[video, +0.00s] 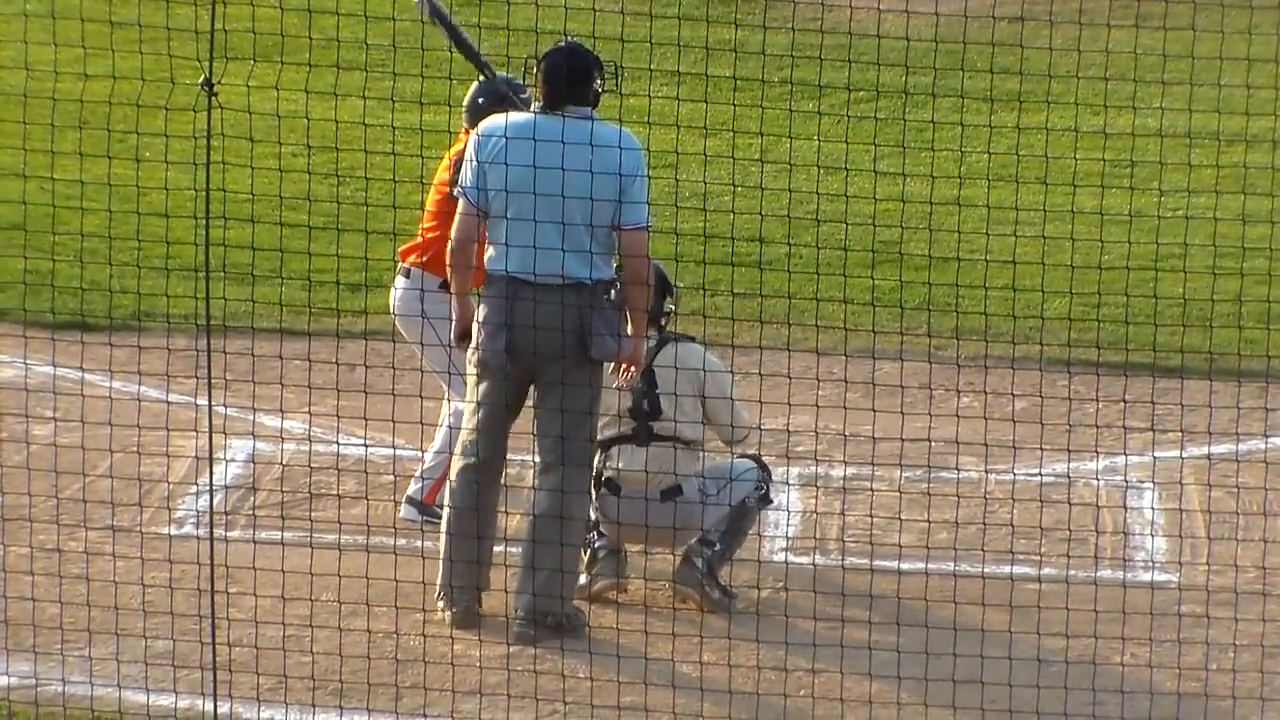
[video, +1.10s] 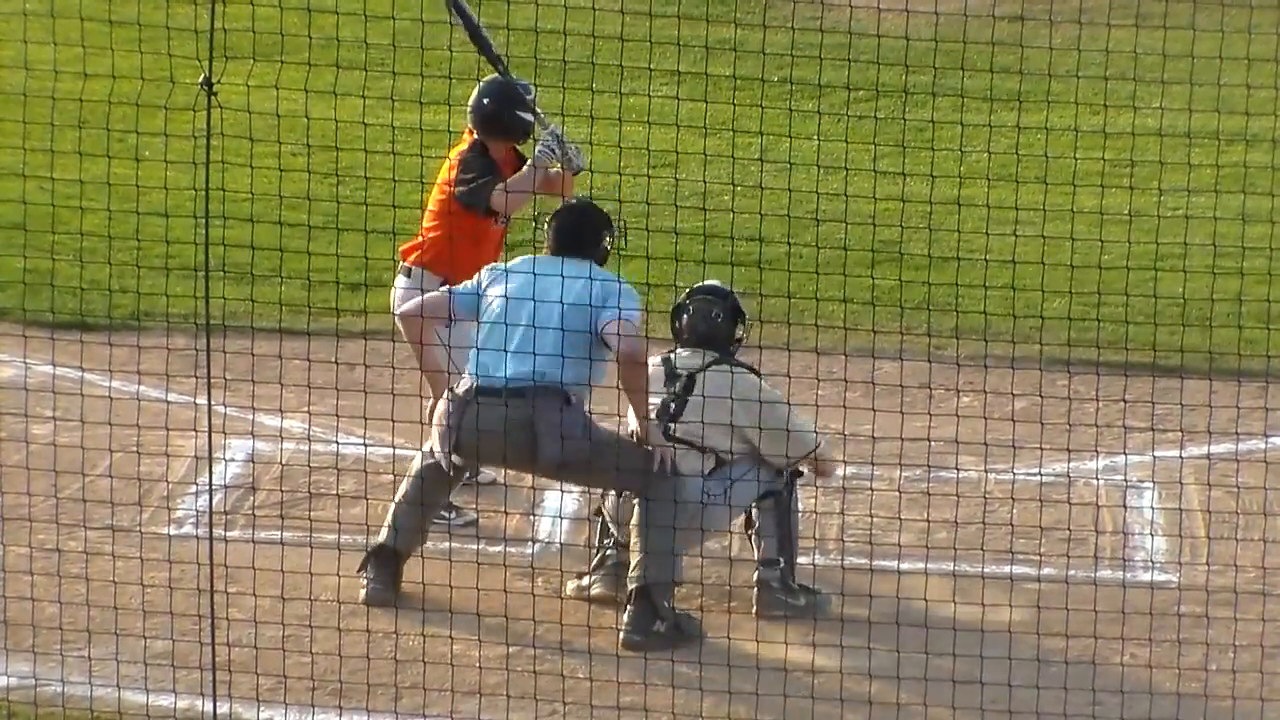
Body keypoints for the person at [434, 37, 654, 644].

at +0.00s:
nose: (594, 96)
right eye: (598, 88)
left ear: (539, 87)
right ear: (595, 91)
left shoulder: (493, 135)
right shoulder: (623, 147)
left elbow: (462, 240)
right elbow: (634, 252)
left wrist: (462, 307)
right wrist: (637, 331)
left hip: (506, 309)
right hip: (581, 315)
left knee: (479, 447)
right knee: (565, 460)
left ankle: (459, 594)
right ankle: (544, 606)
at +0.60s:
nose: (579, 147)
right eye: (576, 140)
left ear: (515, 136)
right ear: (569, 142)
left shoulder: (469, 177)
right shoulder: (584, 186)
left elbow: (404, 256)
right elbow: (600, 270)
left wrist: (429, 333)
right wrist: (630, 340)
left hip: (460, 332)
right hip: (535, 337)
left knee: (431, 437)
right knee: (617, 446)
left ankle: (383, 565)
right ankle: (586, 574)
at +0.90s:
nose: (598, 209)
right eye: (595, 202)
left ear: (538, 197)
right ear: (590, 204)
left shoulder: (490, 237)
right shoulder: (603, 247)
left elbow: (405, 297)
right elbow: (625, 320)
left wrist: (435, 366)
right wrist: (645, 397)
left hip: (467, 389)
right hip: (547, 393)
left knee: (441, 450)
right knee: (652, 473)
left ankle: (383, 561)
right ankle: (648, 605)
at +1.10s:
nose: (607, 250)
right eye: (606, 244)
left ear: (548, 241)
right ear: (601, 249)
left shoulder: (501, 274)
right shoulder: (611, 287)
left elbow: (412, 313)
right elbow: (628, 350)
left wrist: (444, 386)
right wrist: (641, 420)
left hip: (469, 420)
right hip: (548, 426)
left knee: (439, 460)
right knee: (662, 479)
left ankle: (383, 567)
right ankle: (649, 610)